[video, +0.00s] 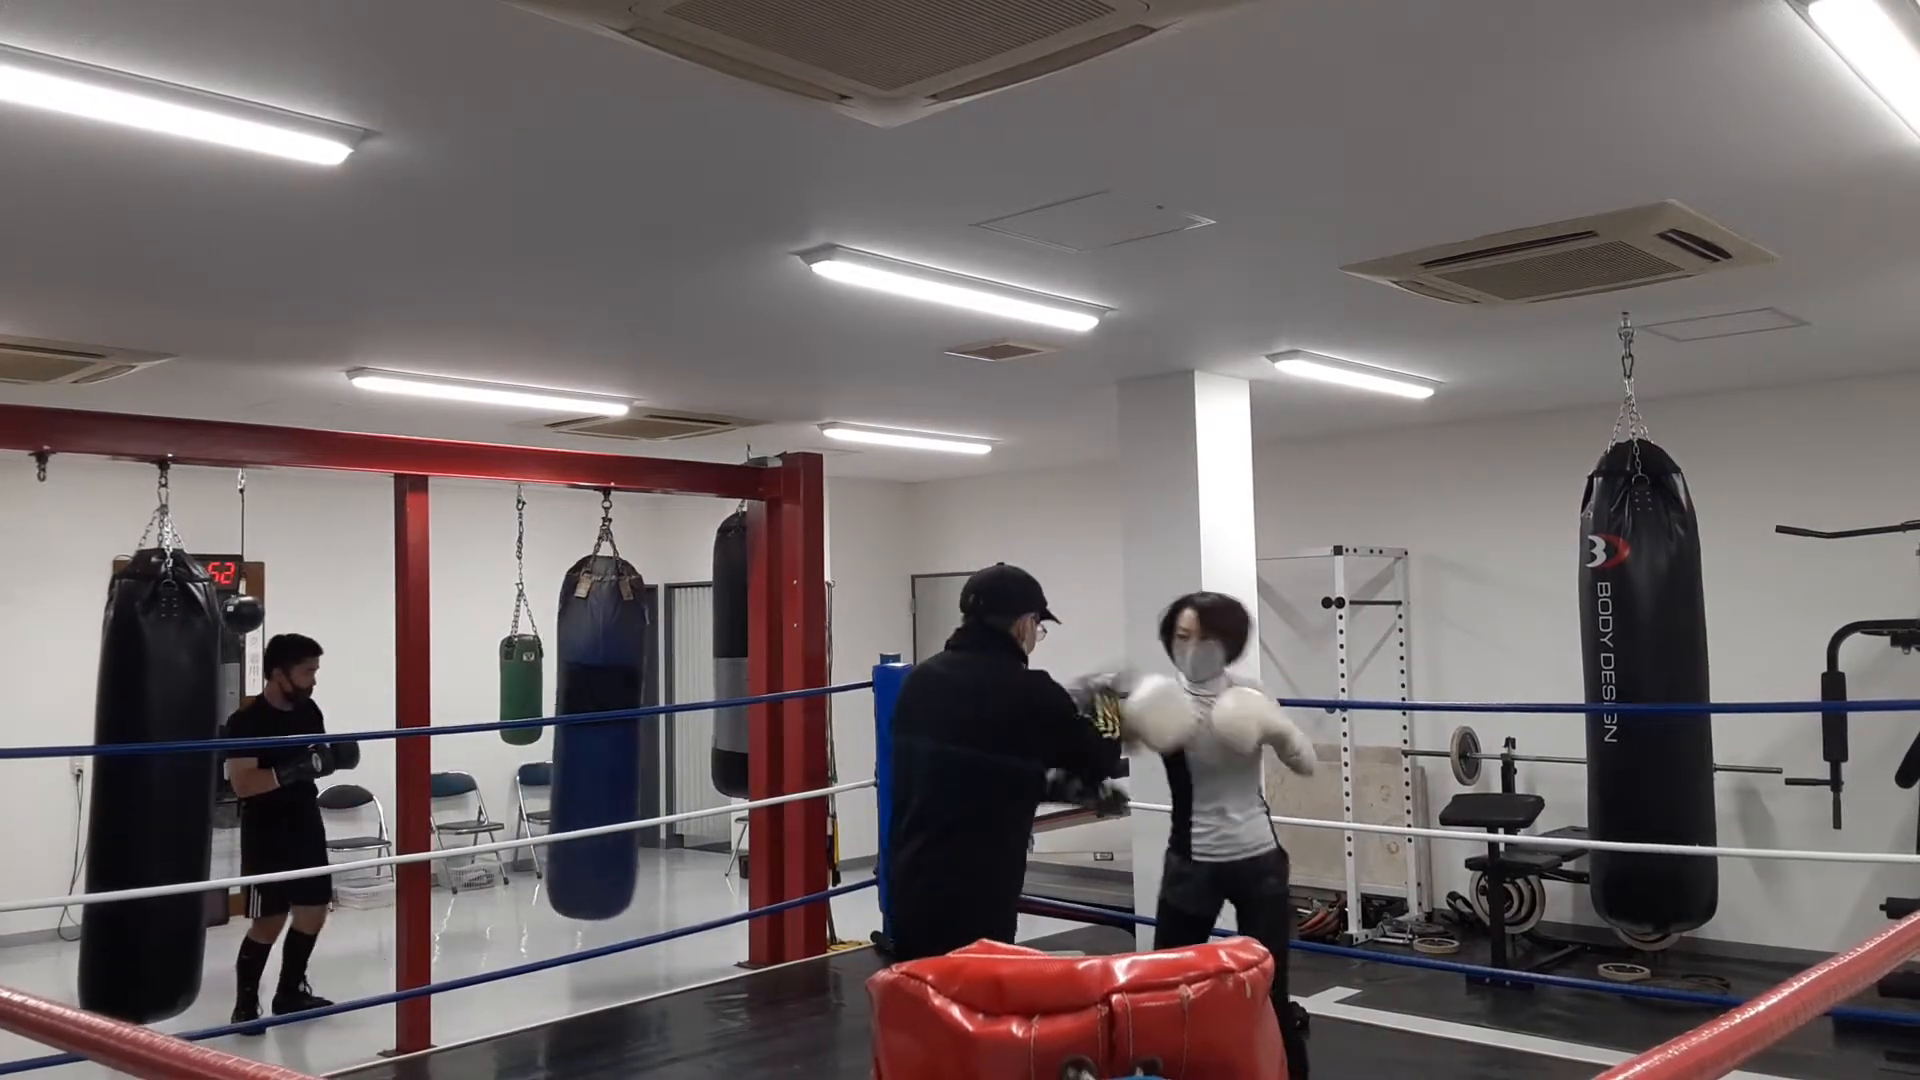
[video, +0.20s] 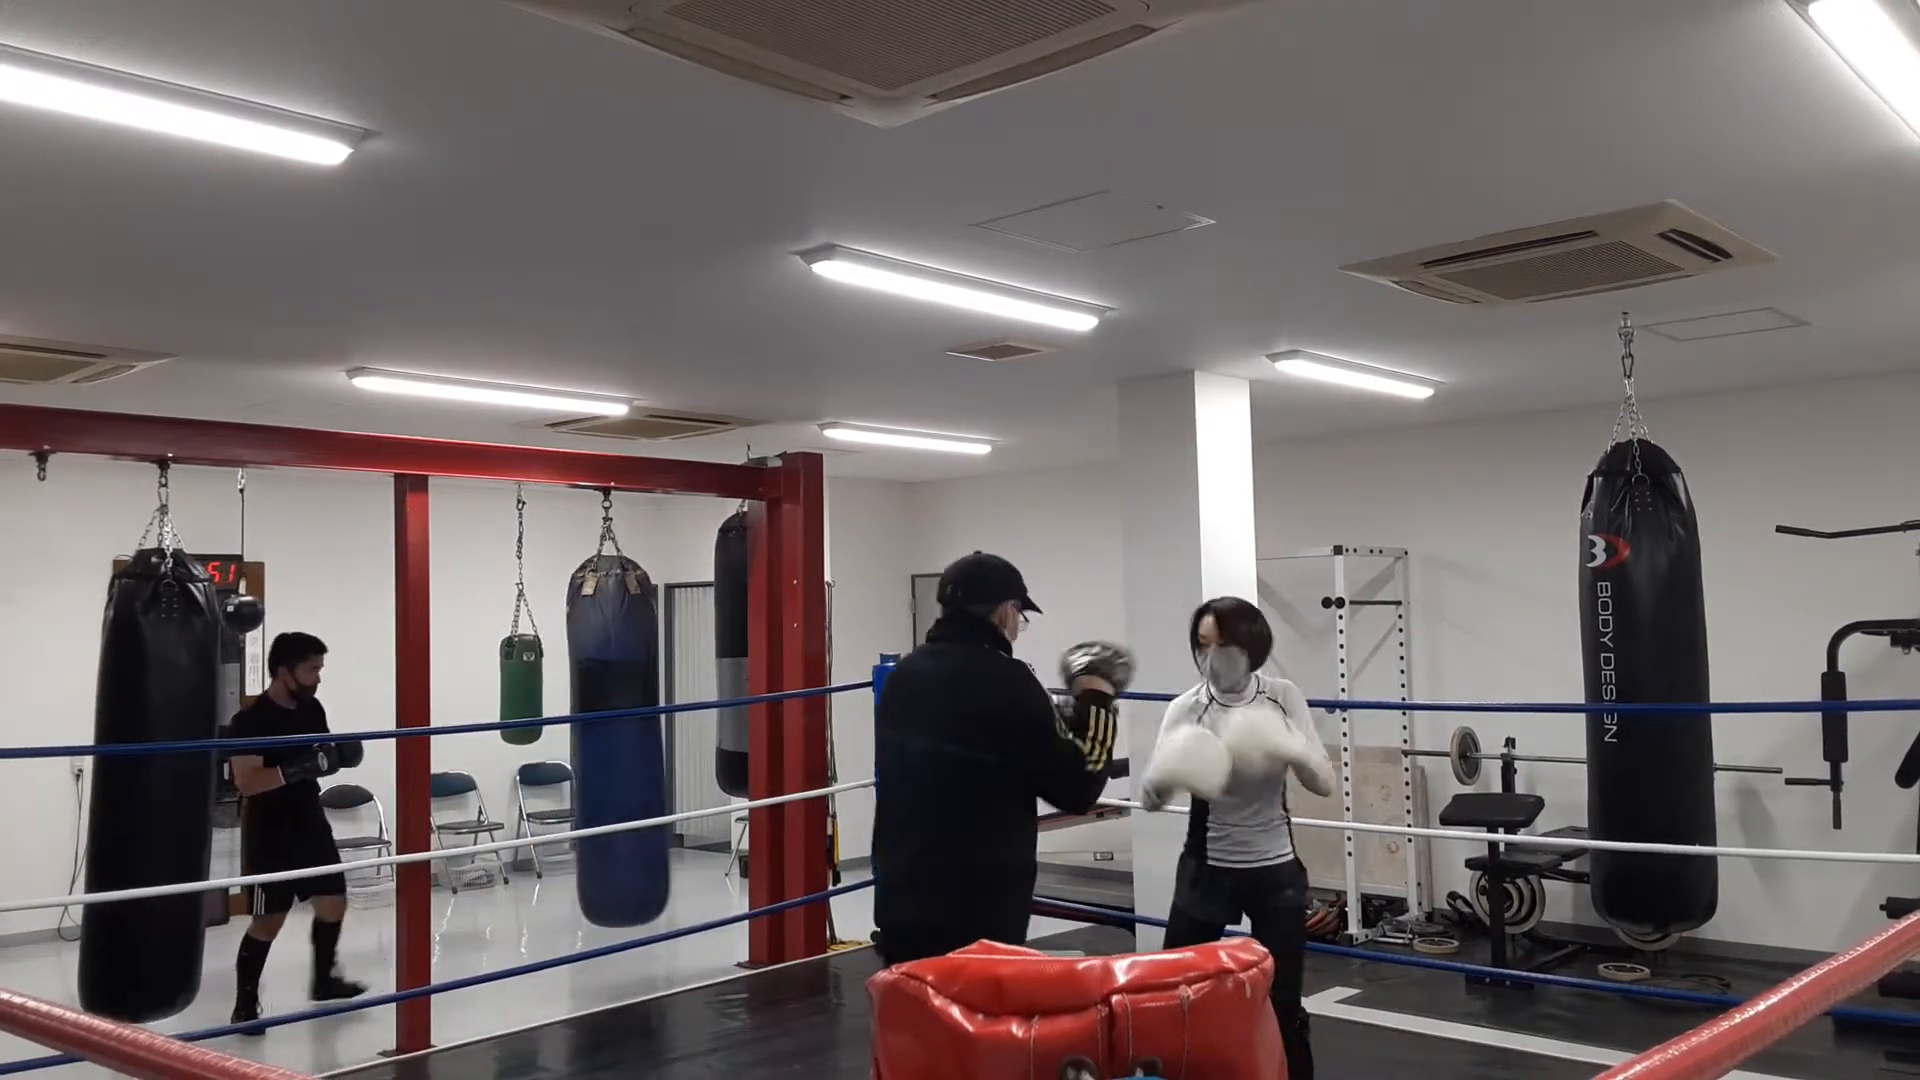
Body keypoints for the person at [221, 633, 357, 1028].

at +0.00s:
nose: (315, 678)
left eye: (316, 671)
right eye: (308, 671)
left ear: (293, 673)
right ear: (280, 673)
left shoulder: (309, 713)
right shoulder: (246, 721)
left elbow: (312, 762)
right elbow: (243, 784)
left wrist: (336, 758)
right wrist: (293, 771)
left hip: (305, 821)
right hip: (265, 826)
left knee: (312, 909)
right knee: (271, 916)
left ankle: (290, 991)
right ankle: (246, 1001)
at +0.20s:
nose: (319, 677)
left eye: (320, 669)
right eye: (313, 670)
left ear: (296, 672)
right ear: (285, 671)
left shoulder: (312, 711)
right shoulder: (250, 720)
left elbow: (319, 759)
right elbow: (246, 782)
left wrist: (341, 756)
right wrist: (300, 769)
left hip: (309, 819)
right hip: (267, 825)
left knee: (332, 901)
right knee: (271, 914)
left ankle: (323, 982)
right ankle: (246, 1003)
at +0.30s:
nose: (329, 679)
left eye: (330, 671)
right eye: (323, 672)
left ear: (311, 674)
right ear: (295, 672)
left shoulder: (321, 713)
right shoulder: (260, 720)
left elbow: (324, 762)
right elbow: (254, 783)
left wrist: (348, 760)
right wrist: (307, 771)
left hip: (315, 822)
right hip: (272, 827)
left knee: (341, 898)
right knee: (274, 913)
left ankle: (352, 977)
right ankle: (246, 1005)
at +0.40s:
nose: (347, 685)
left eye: (349, 677)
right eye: (341, 678)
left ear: (343, 675)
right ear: (315, 676)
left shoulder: (340, 716)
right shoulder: (279, 721)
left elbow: (338, 765)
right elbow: (267, 781)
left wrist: (360, 765)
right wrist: (317, 776)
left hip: (325, 820)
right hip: (283, 824)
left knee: (351, 899)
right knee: (282, 911)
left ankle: (368, 977)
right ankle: (251, 1001)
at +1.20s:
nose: (323, 681)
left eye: (327, 673)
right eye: (316, 673)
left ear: (328, 671)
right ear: (292, 670)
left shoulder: (315, 711)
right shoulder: (254, 711)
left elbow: (351, 757)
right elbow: (266, 760)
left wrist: (361, 733)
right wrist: (309, 729)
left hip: (307, 820)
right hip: (263, 824)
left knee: (331, 892)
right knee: (254, 905)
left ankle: (355, 974)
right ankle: (235, 989)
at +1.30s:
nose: (311, 677)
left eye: (314, 669)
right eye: (304, 669)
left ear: (316, 668)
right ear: (279, 667)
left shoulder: (308, 707)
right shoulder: (247, 707)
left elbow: (346, 749)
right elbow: (257, 755)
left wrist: (355, 724)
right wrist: (300, 721)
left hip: (303, 818)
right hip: (257, 821)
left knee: (327, 891)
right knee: (250, 903)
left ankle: (329, 976)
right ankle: (234, 988)